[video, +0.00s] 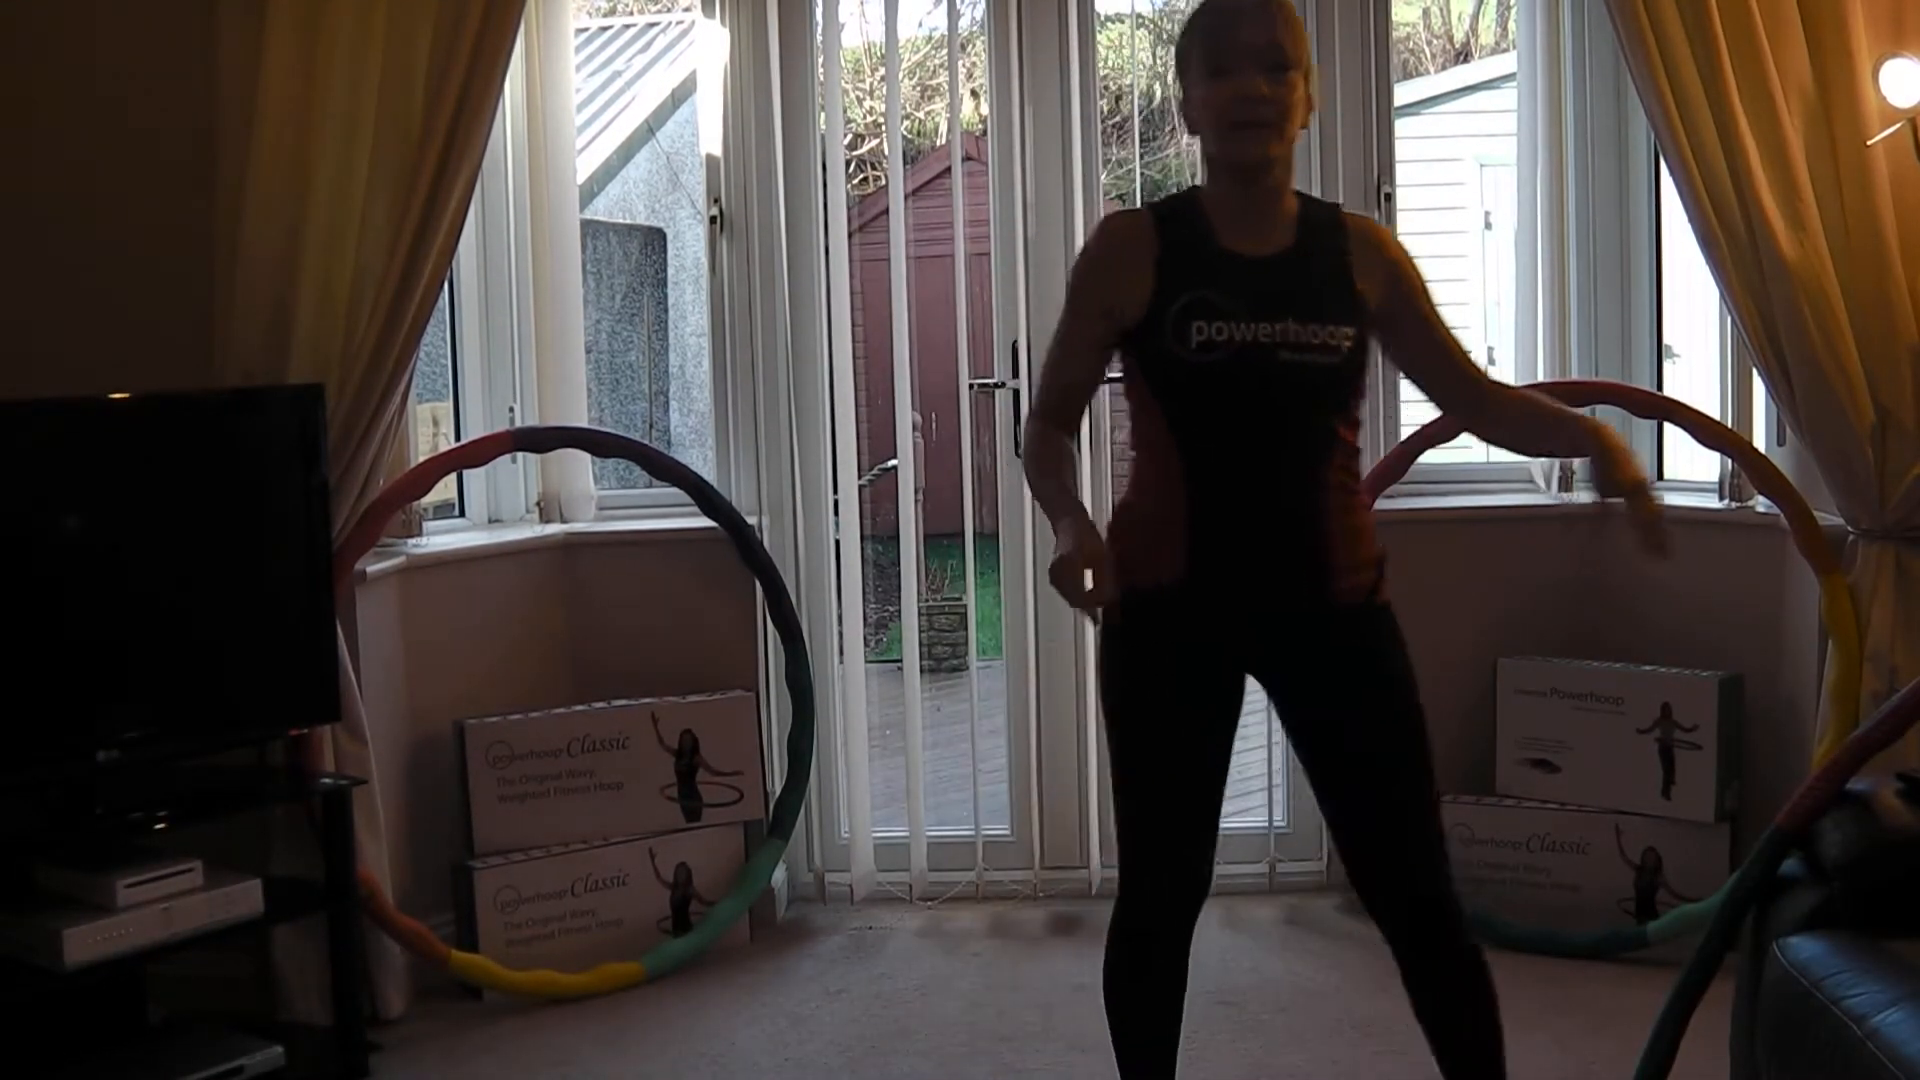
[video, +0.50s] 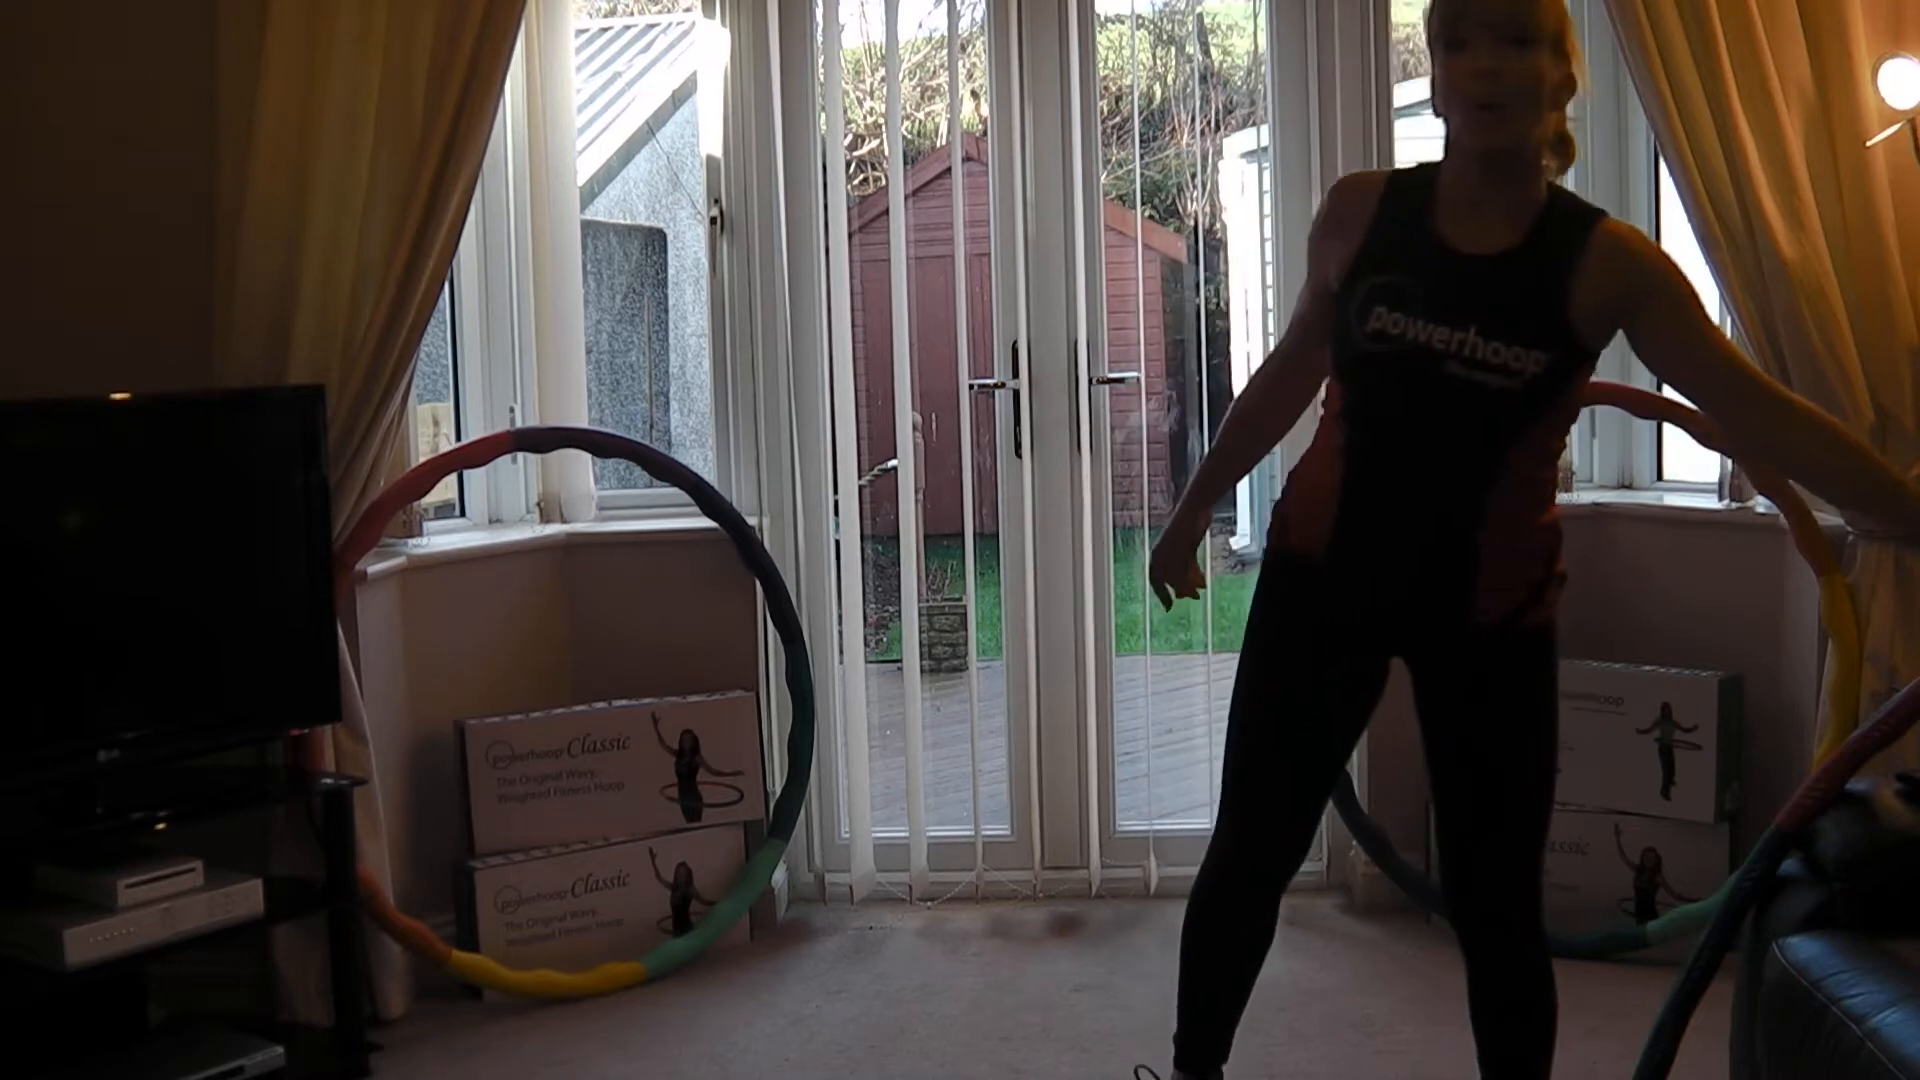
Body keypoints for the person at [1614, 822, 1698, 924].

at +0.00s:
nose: (1649, 859)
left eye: (1652, 857)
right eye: (1646, 856)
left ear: (1657, 860)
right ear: (1642, 858)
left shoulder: (1658, 876)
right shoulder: (1639, 870)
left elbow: (1674, 894)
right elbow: (1623, 856)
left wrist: (1693, 901)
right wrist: (1618, 837)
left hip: (1651, 911)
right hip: (1639, 910)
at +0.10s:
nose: (1649, 860)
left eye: (1652, 857)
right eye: (1646, 856)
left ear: (1657, 860)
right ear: (1642, 858)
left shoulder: (1658, 877)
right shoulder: (1639, 870)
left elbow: (1674, 895)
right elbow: (1623, 857)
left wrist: (1693, 901)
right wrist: (1618, 838)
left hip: (1651, 911)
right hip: (1639, 910)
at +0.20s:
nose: (1649, 860)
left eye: (1652, 857)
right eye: (1646, 857)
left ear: (1656, 859)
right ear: (1642, 858)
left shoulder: (1658, 876)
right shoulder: (1639, 871)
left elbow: (1673, 895)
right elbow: (1623, 857)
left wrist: (1692, 901)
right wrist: (1618, 838)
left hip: (1651, 911)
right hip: (1638, 910)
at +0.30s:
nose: (1649, 860)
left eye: (1651, 857)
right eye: (1646, 857)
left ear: (1656, 859)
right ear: (1642, 858)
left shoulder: (1658, 876)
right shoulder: (1639, 871)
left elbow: (1673, 895)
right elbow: (1623, 858)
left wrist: (1692, 901)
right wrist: (1618, 838)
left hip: (1651, 912)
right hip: (1639, 911)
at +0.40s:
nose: (1648, 860)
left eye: (1651, 857)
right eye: (1646, 857)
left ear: (1656, 860)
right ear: (1642, 858)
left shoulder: (1658, 876)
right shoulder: (1638, 871)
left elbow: (1673, 895)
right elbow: (1623, 857)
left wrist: (1693, 901)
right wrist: (1618, 838)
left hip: (1651, 912)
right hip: (1638, 911)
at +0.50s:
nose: (1648, 860)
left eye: (1651, 857)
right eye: (1646, 857)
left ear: (1656, 859)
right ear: (1642, 858)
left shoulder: (1658, 876)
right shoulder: (1639, 871)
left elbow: (1673, 895)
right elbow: (1623, 857)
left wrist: (1693, 901)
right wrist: (1618, 838)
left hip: (1650, 912)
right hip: (1638, 910)